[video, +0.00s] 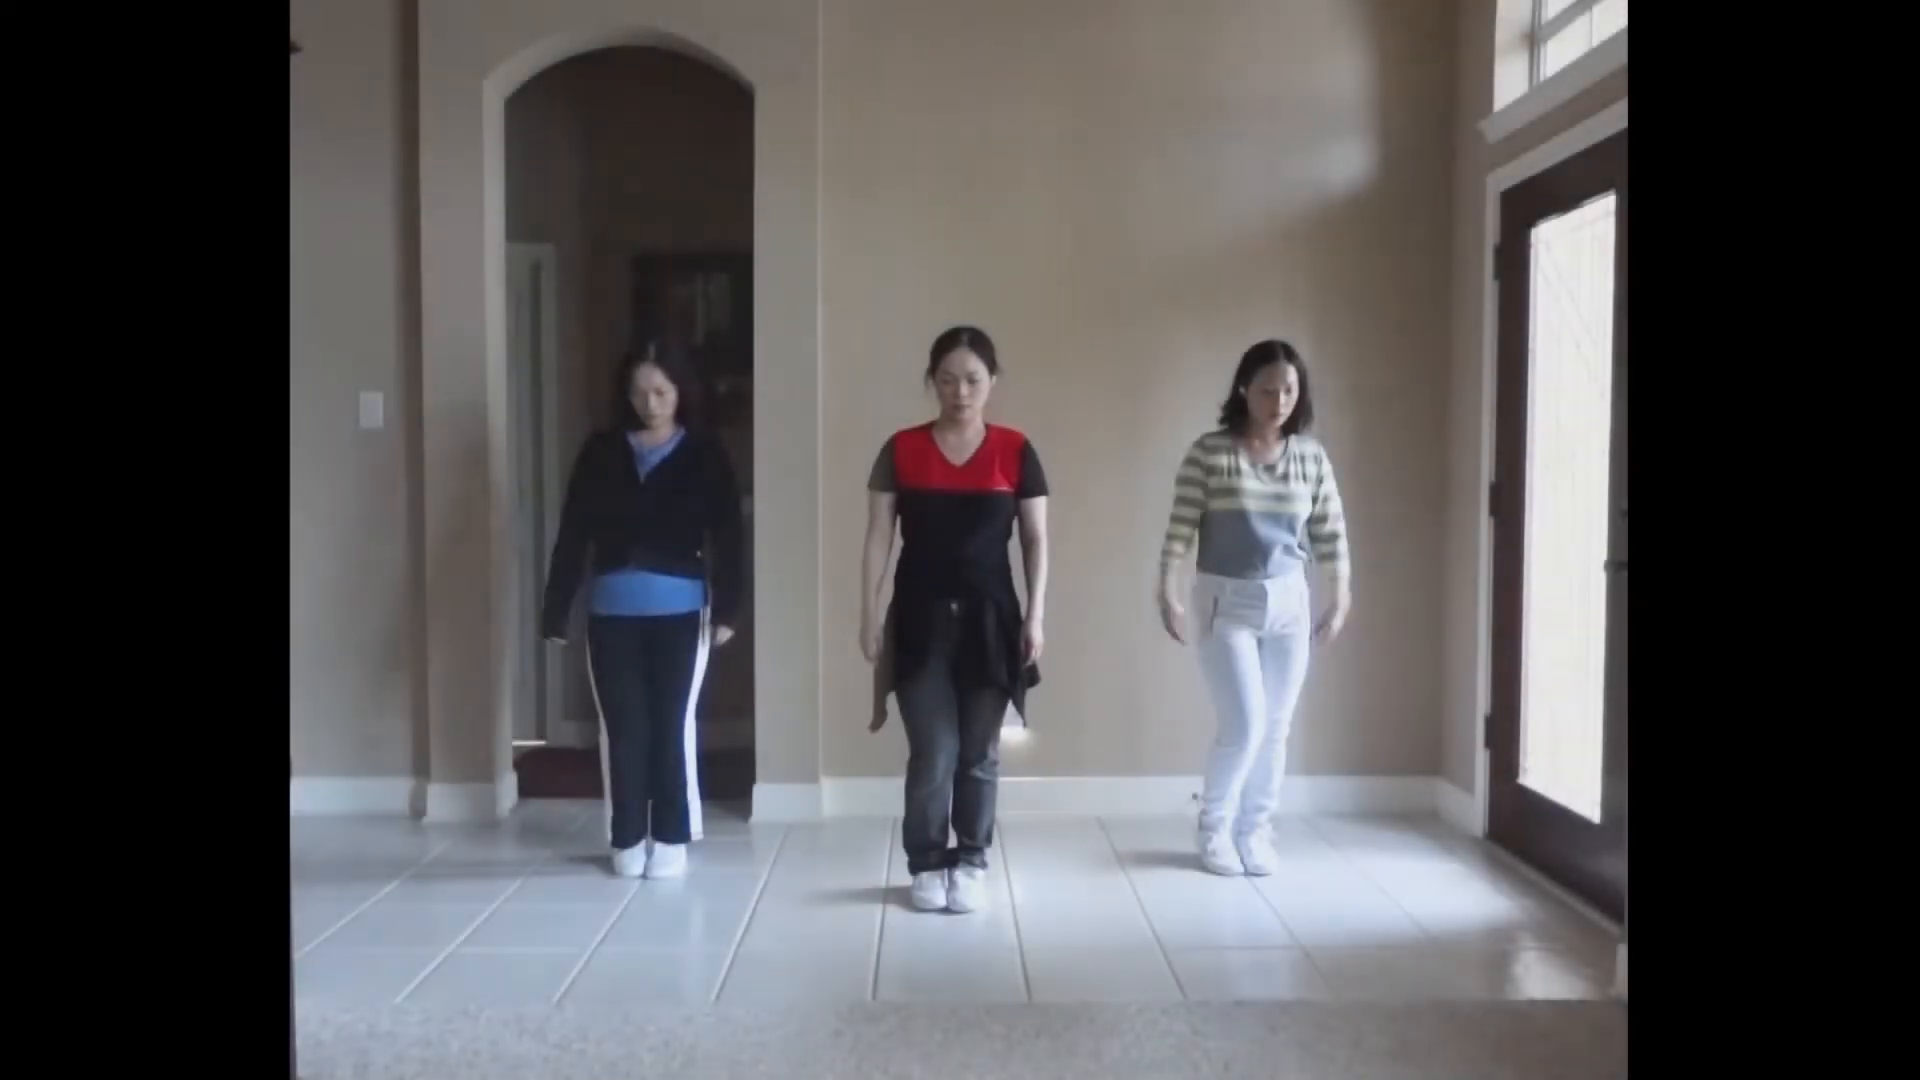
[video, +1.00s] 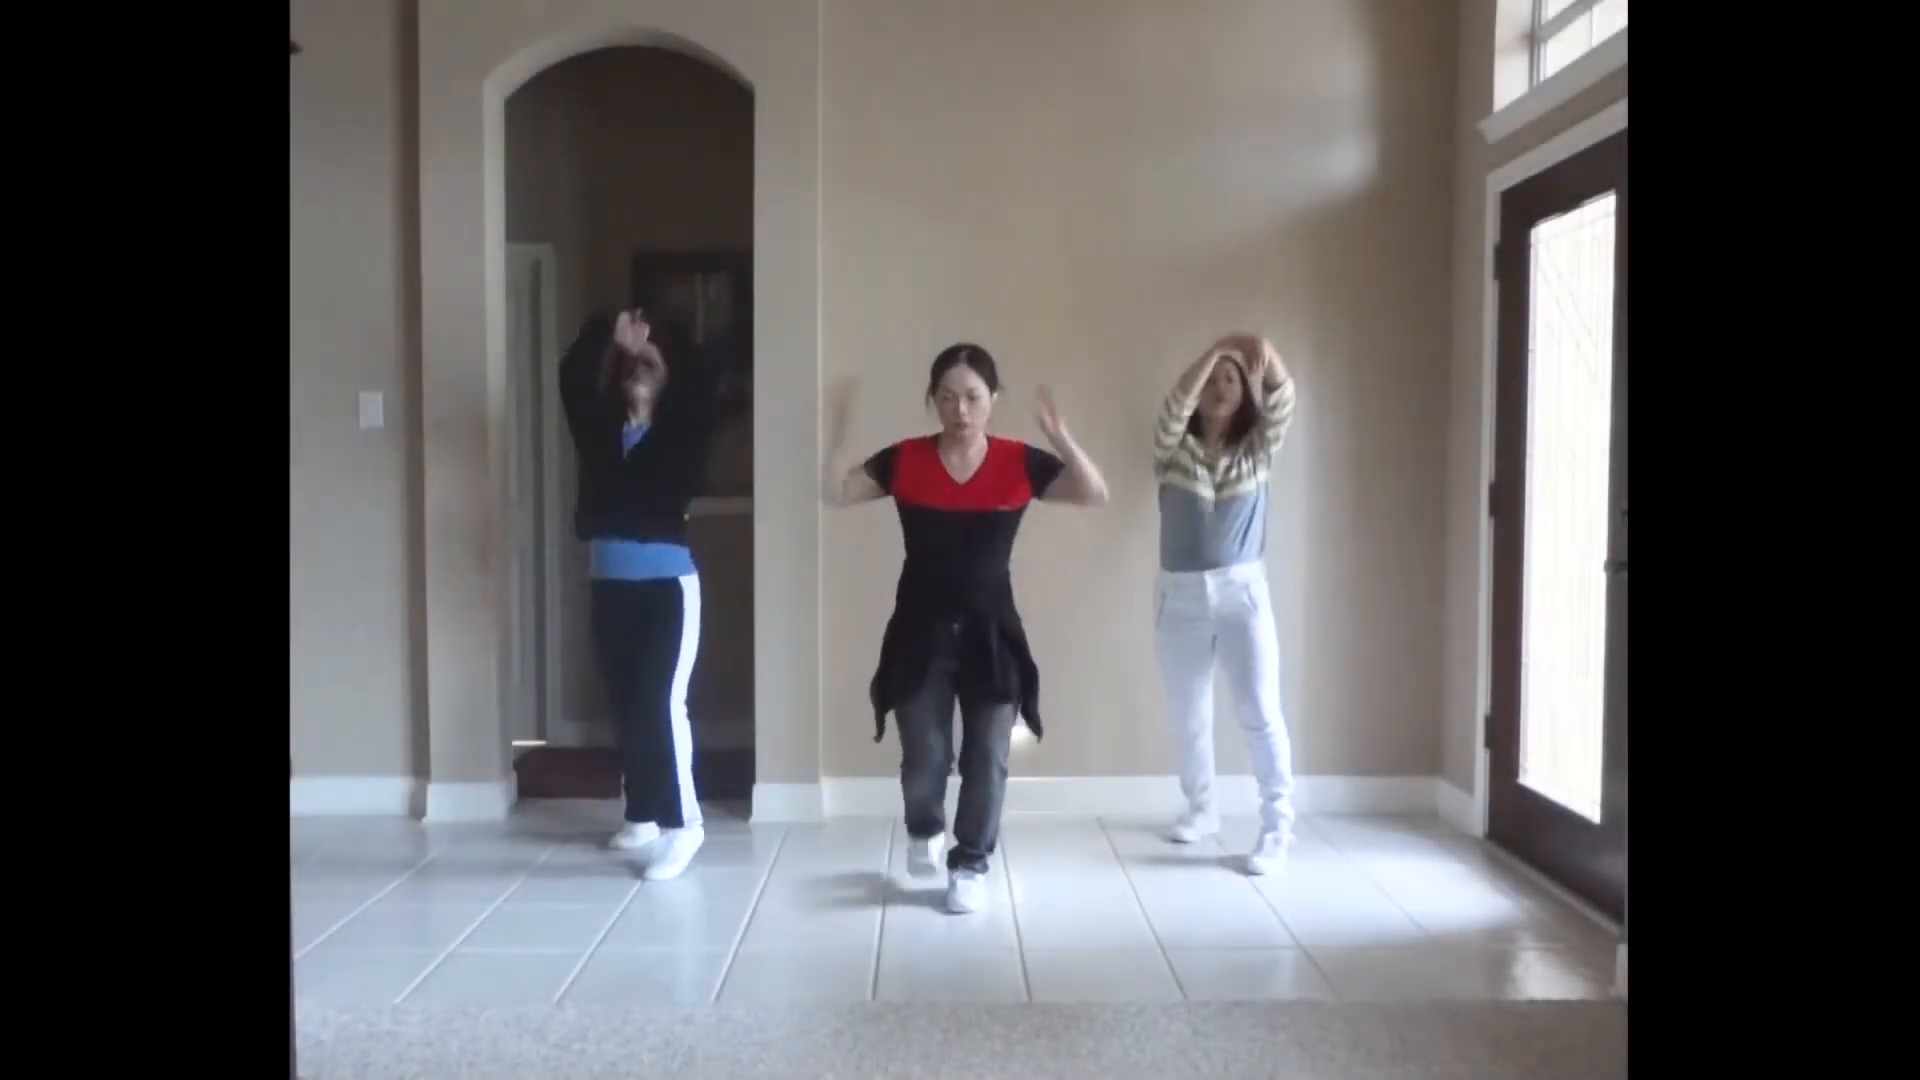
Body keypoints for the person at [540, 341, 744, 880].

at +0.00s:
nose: (651, 400)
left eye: (661, 390)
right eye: (642, 391)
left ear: (679, 393)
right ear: (629, 394)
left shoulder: (704, 453)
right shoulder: (602, 451)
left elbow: (727, 533)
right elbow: (573, 532)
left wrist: (729, 608)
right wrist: (557, 609)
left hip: (680, 613)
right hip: (612, 613)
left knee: (669, 726)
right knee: (625, 729)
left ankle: (670, 840)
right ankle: (628, 842)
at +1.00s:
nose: (636, 378)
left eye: (648, 369)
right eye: (628, 370)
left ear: (665, 379)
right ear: (616, 380)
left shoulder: (683, 427)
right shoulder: (597, 429)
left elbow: (706, 369)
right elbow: (573, 377)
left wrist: (657, 346)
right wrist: (609, 335)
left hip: (668, 582)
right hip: (613, 582)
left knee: (663, 702)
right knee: (628, 704)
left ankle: (685, 823)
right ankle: (643, 817)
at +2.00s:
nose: (650, 425)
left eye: (658, 415)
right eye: (641, 417)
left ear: (676, 416)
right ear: (630, 422)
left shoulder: (694, 465)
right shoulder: (609, 468)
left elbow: (695, 534)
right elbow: (595, 523)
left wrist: (648, 530)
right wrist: (616, 541)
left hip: (669, 592)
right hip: (613, 591)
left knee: (651, 696)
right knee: (612, 698)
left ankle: (679, 817)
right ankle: (641, 820)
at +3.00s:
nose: (648, 439)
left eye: (657, 429)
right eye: (638, 431)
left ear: (674, 431)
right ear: (628, 436)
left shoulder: (693, 478)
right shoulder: (609, 480)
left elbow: (691, 541)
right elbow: (597, 539)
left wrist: (654, 578)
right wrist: (625, 575)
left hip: (671, 592)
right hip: (613, 593)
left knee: (645, 692)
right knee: (605, 696)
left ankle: (675, 816)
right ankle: (641, 819)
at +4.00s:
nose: (651, 397)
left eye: (656, 385)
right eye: (644, 389)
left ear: (682, 380)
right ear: (649, 394)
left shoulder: (723, 432)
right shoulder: (672, 443)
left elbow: (746, 513)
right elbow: (662, 520)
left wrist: (684, 505)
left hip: (730, 592)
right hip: (681, 591)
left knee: (728, 727)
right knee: (672, 707)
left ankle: (752, 864)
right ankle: (685, 812)